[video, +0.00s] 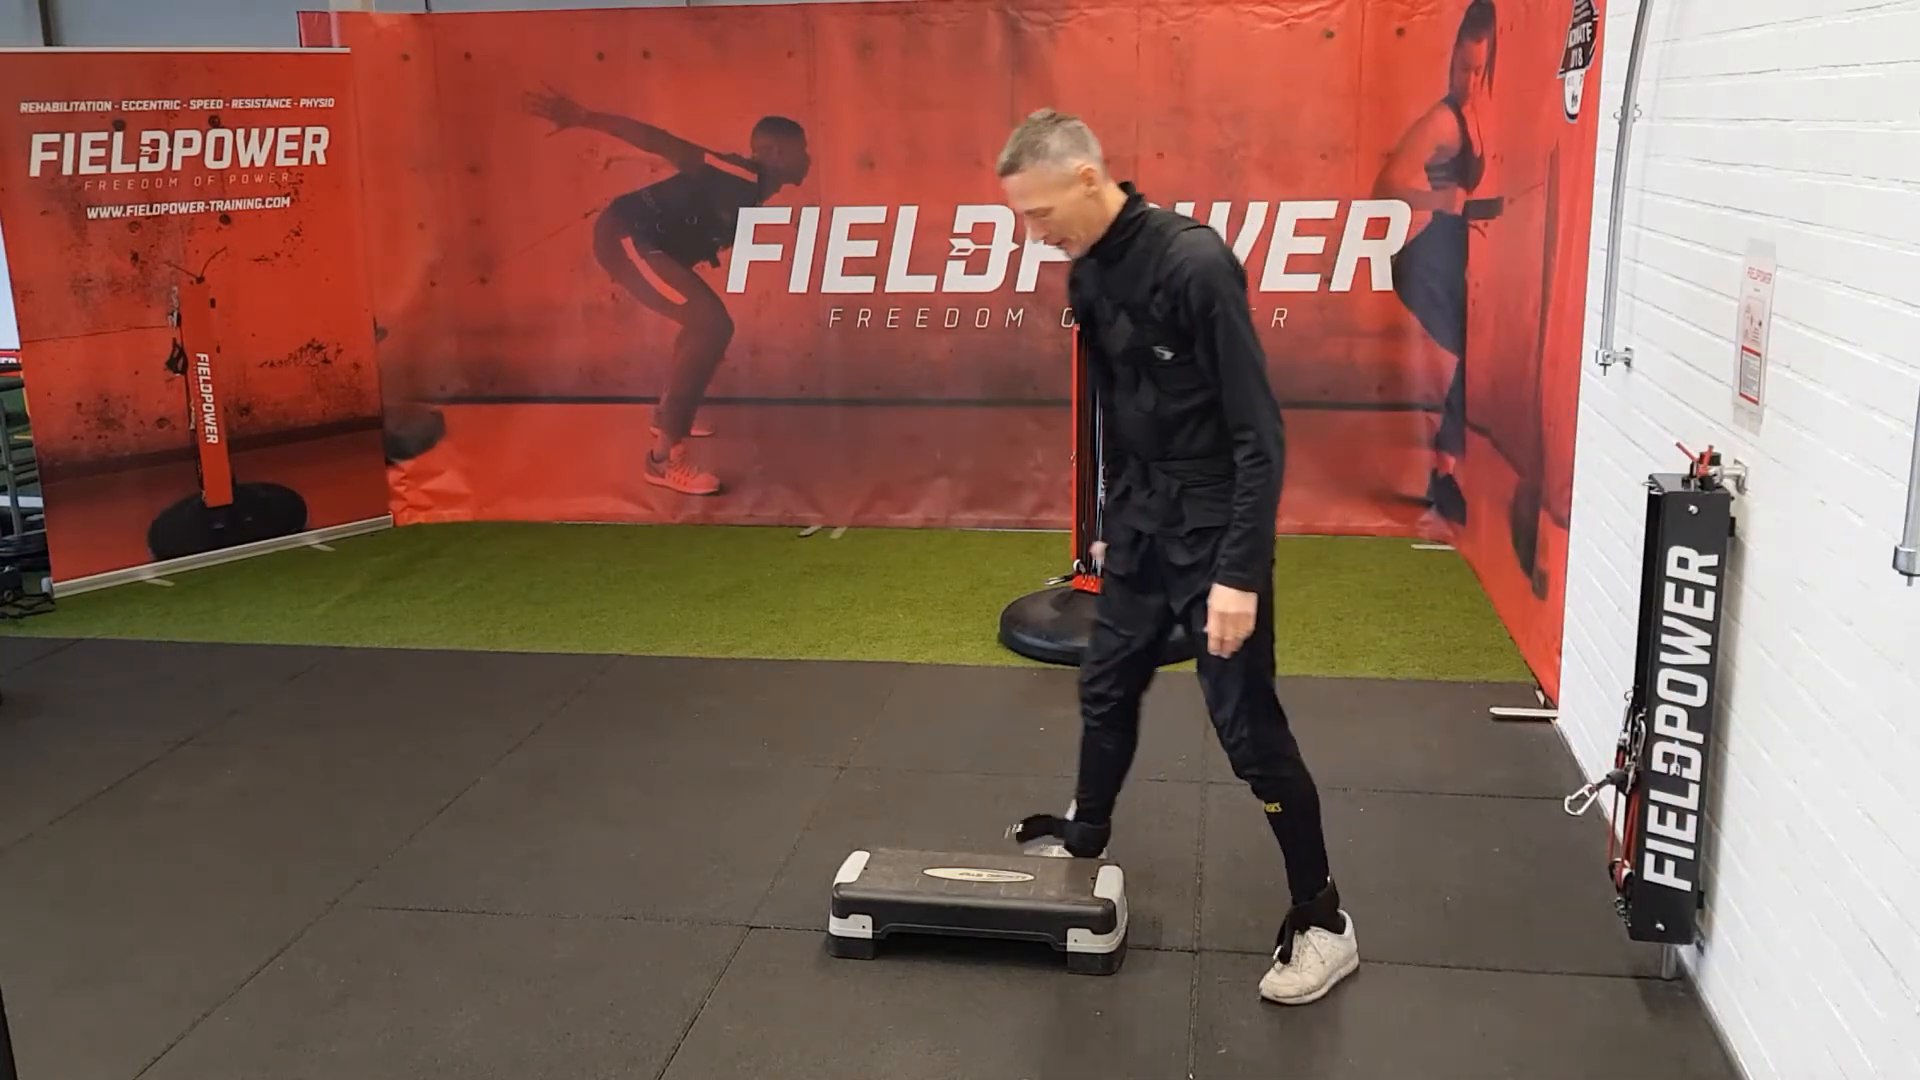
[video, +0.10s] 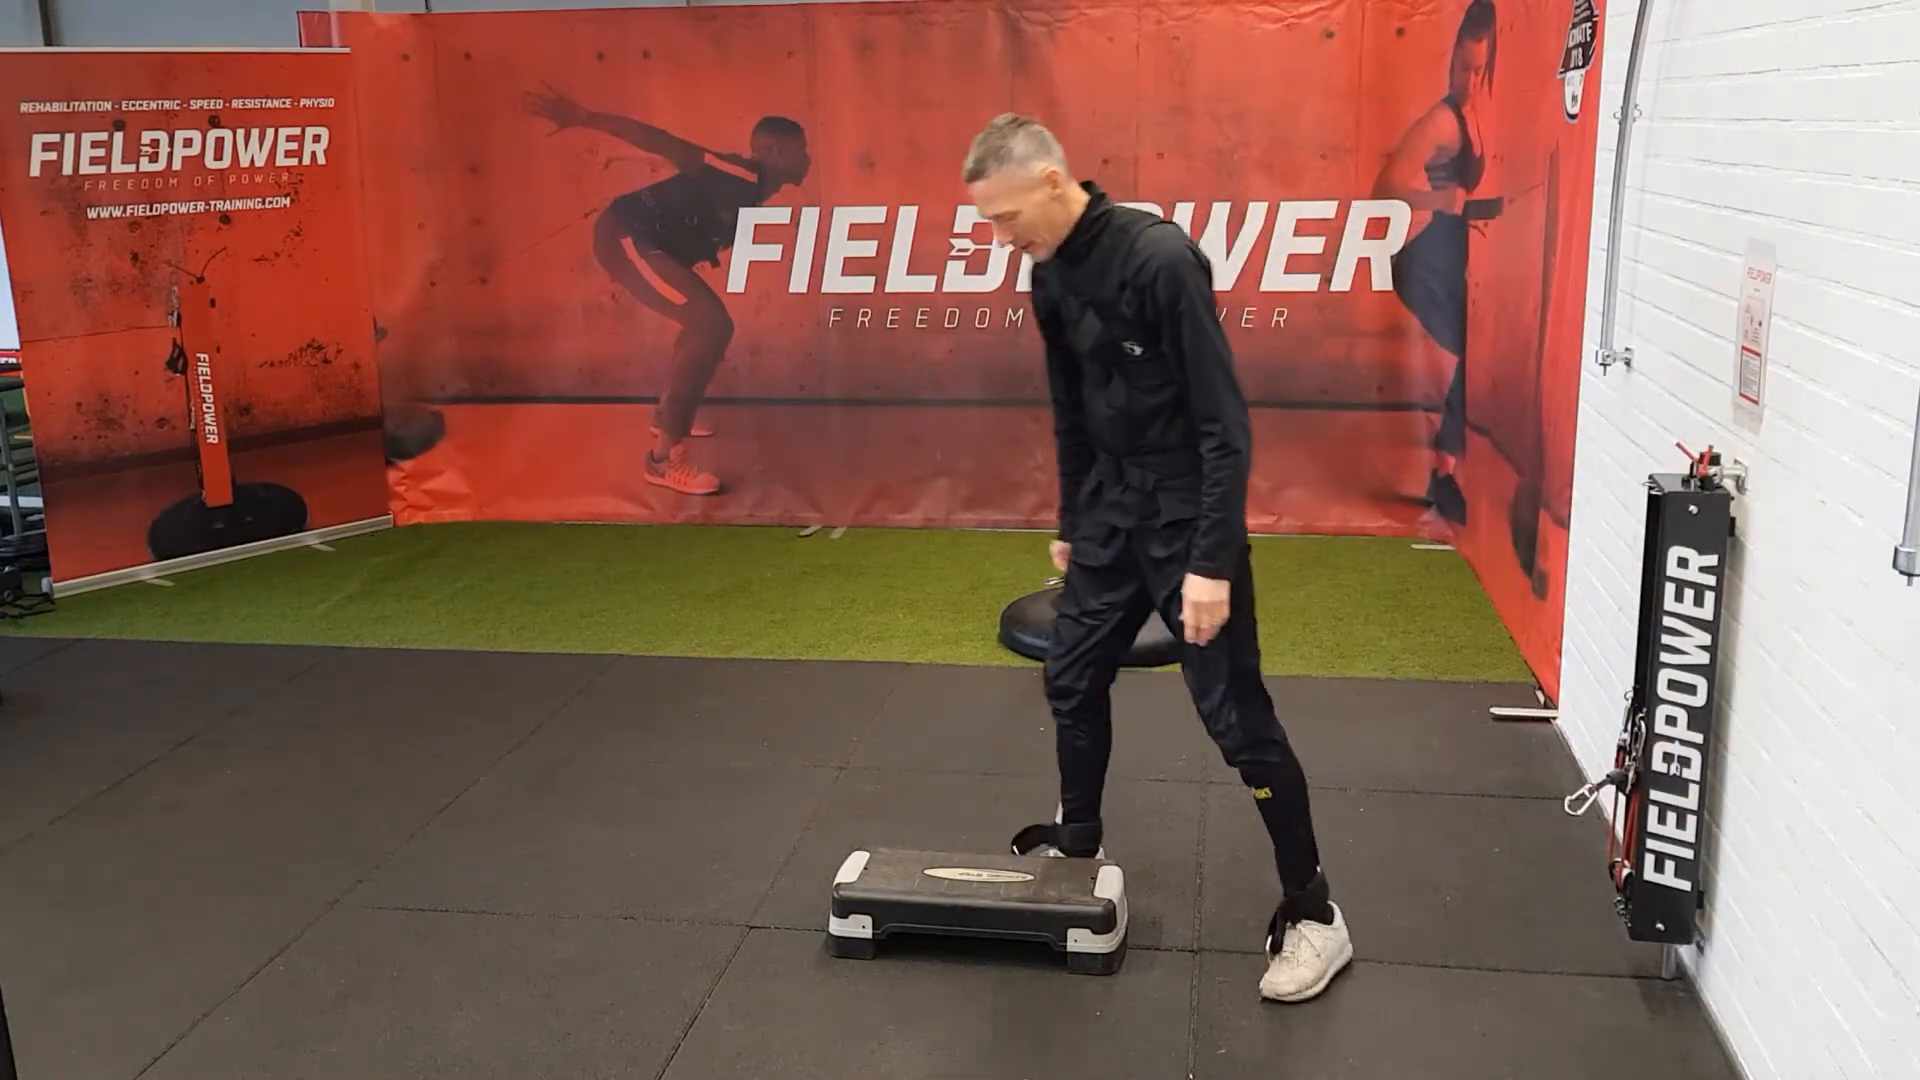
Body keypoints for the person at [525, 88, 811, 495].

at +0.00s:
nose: (808, 158)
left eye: (805, 149)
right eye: (800, 150)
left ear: (774, 152)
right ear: (770, 150)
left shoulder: (752, 188)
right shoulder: (735, 176)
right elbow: (658, 141)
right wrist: (584, 117)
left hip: (646, 237)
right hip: (626, 233)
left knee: (709, 322)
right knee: (713, 325)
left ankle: (670, 413)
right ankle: (665, 457)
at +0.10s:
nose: (808, 158)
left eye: (805, 149)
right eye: (800, 150)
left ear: (774, 152)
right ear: (770, 150)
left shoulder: (752, 188)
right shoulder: (735, 176)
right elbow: (658, 141)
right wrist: (584, 117)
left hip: (647, 237)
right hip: (626, 233)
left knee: (709, 322)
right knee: (713, 325)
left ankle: (670, 413)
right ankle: (665, 457)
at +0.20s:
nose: (807, 158)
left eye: (805, 149)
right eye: (800, 150)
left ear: (774, 152)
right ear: (770, 150)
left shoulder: (752, 188)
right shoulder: (735, 176)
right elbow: (659, 141)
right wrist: (585, 117)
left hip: (647, 237)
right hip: (626, 233)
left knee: (709, 322)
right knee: (713, 325)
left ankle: (670, 412)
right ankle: (665, 457)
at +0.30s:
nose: (808, 158)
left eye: (805, 149)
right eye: (800, 150)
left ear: (774, 152)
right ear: (770, 150)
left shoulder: (752, 188)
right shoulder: (735, 176)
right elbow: (658, 141)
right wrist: (584, 117)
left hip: (647, 237)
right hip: (626, 233)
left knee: (709, 322)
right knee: (713, 326)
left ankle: (670, 413)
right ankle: (665, 457)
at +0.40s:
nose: (807, 158)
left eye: (805, 149)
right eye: (800, 150)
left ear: (774, 152)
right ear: (770, 150)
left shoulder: (751, 189)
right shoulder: (735, 176)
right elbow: (659, 141)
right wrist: (585, 117)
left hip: (647, 238)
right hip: (626, 233)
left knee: (709, 322)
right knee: (713, 325)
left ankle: (670, 412)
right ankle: (665, 457)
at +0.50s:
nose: (807, 158)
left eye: (805, 149)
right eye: (800, 149)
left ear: (775, 152)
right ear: (770, 150)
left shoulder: (751, 192)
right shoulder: (735, 176)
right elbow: (660, 141)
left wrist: (712, 246)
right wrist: (584, 117)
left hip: (647, 238)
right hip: (626, 233)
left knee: (710, 322)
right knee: (713, 325)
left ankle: (670, 412)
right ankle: (665, 457)